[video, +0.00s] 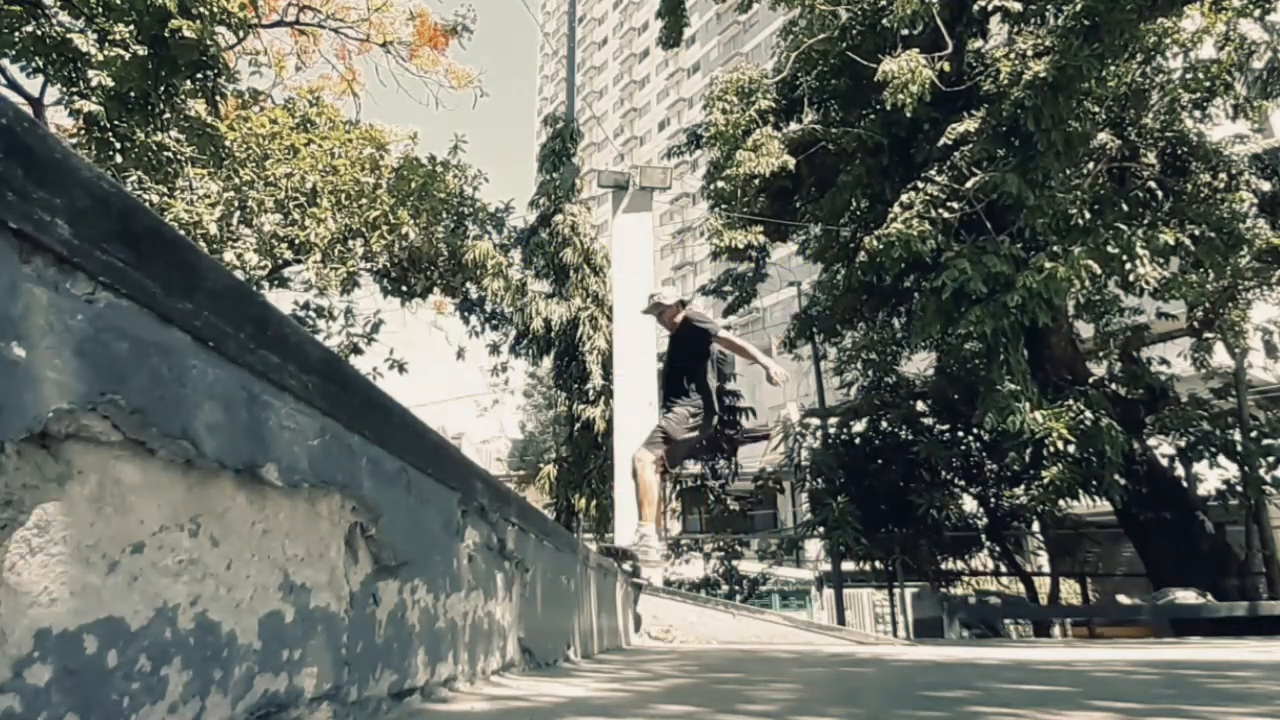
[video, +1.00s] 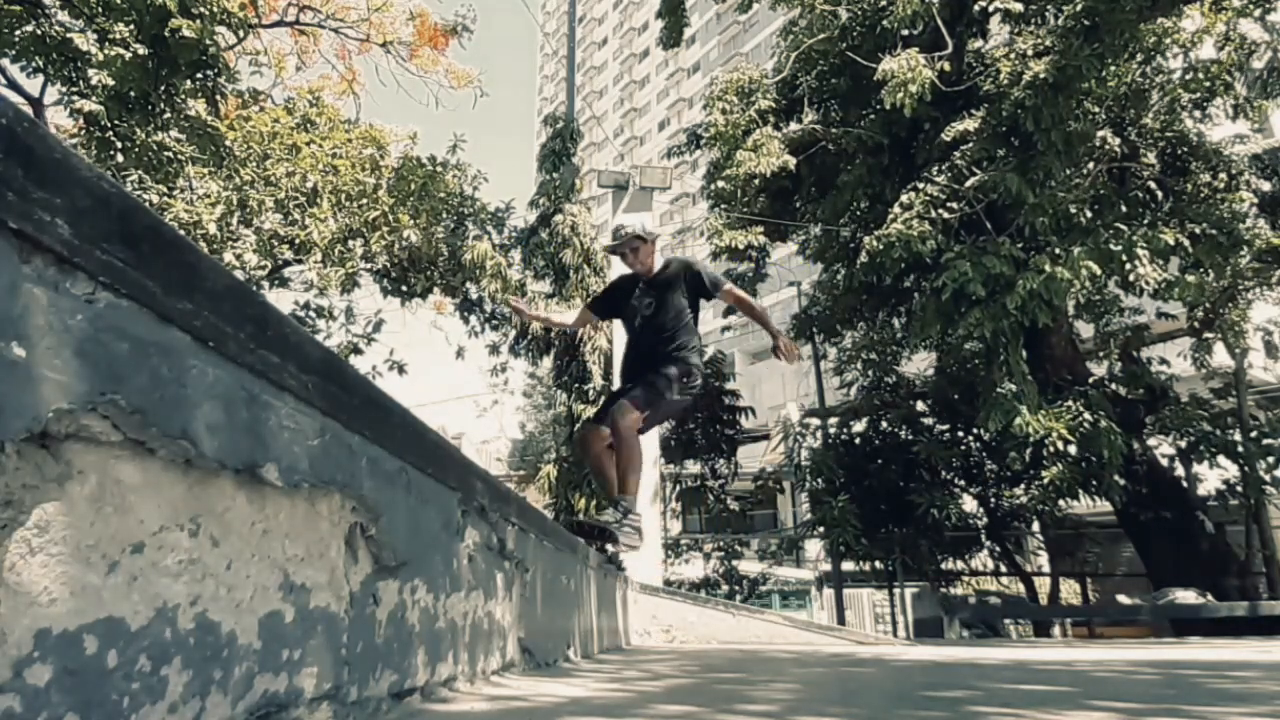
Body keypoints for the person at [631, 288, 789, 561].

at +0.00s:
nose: (660, 320)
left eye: (662, 313)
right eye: (656, 315)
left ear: (676, 307)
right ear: (662, 314)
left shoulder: (692, 319)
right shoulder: (680, 332)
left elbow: (730, 341)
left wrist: (767, 364)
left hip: (690, 408)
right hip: (685, 408)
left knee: (643, 457)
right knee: (652, 466)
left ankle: (647, 535)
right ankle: (657, 539)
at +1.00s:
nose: (630, 259)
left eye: (634, 250)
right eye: (624, 255)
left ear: (652, 244)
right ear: (621, 257)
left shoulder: (685, 270)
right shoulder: (622, 289)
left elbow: (738, 299)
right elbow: (577, 322)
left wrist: (776, 335)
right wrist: (533, 316)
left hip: (680, 372)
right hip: (638, 380)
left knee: (624, 418)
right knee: (590, 437)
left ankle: (630, 518)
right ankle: (618, 518)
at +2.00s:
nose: (661, 219)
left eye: (667, 209)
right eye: (654, 211)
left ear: (686, 204)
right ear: (651, 214)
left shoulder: (719, 231)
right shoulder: (654, 248)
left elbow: (747, 198)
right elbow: (634, 299)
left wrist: (692, 189)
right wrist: (610, 349)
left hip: (716, 371)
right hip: (664, 359)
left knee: (722, 493)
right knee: (619, 384)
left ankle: (753, 605)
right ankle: (583, 496)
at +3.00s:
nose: (709, 117)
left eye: (723, 102)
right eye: (695, 101)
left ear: (747, 97)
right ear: (679, 95)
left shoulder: (778, 140)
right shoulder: (656, 123)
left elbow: (834, 214)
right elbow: (570, 125)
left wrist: (835, 308)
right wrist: (538, 106)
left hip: (746, 297)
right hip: (671, 303)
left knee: (724, 394)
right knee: (655, 434)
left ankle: (754, 568)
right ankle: (709, 571)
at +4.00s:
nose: (1046, 279)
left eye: (1056, 279)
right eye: (1058, 265)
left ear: (1043, 258)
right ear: (1054, 226)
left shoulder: (979, 308)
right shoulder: (1018, 177)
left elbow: (957, 447)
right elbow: (1155, 115)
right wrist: (1270, 106)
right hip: (865, 191)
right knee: (903, 302)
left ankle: (973, 624)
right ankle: (763, 422)